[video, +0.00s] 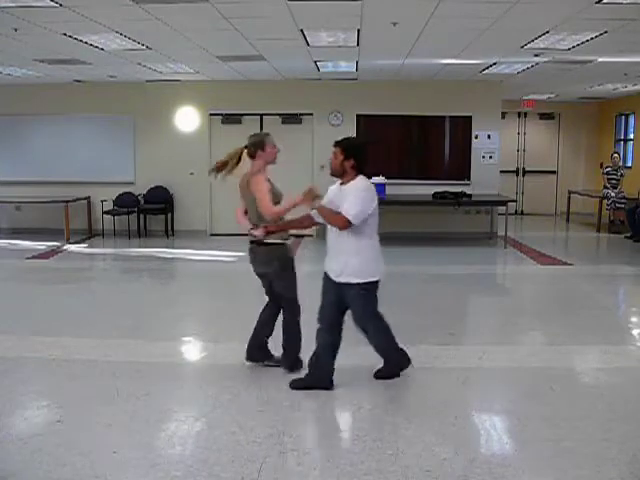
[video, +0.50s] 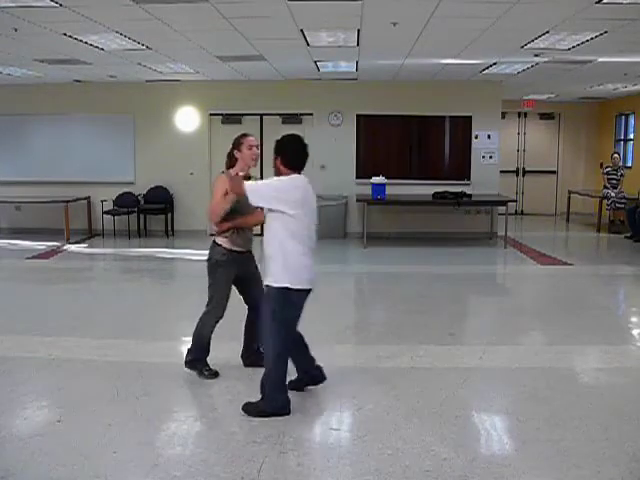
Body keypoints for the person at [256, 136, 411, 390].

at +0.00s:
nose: (330, 161)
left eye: (334, 156)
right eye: (331, 156)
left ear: (349, 161)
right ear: (345, 161)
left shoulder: (363, 188)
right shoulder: (335, 190)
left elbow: (343, 222)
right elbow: (311, 220)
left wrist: (317, 205)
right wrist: (276, 227)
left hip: (360, 273)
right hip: (335, 272)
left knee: (367, 321)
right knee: (328, 326)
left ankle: (396, 359)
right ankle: (320, 376)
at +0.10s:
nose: (319, 160)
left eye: (323, 156)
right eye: (320, 155)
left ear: (336, 160)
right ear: (336, 161)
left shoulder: (351, 188)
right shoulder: (324, 190)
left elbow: (328, 223)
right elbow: (297, 214)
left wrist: (300, 224)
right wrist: (264, 225)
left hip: (345, 272)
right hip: (322, 270)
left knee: (335, 323)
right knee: (315, 323)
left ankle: (376, 354)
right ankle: (318, 376)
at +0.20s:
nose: (307, 160)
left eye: (310, 156)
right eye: (308, 155)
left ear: (322, 160)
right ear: (322, 161)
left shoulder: (340, 187)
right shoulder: (312, 189)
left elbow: (303, 217)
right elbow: (283, 209)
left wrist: (275, 217)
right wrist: (261, 214)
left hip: (333, 271)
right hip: (312, 269)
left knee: (313, 324)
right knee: (308, 323)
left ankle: (345, 368)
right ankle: (317, 375)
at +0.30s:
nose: (296, 161)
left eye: (299, 156)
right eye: (298, 156)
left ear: (309, 161)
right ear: (318, 162)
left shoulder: (322, 188)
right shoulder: (319, 187)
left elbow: (280, 204)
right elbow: (280, 210)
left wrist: (245, 207)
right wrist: (248, 220)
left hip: (316, 274)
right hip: (313, 272)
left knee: (294, 326)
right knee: (304, 320)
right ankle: (320, 376)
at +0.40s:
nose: (285, 162)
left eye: (287, 157)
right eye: (286, 157)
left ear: (296, 160)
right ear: (310, 162)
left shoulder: (306, 187)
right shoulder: (306, 187)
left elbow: (262, 195)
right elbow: (268, 212)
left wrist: (239, 191)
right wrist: (237, 223)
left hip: (302, 277)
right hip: (306, 275)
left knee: (286, 336)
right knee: (301, 329)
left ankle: (275, 399)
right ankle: (318, 375)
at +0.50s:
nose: (272, 161)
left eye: (274, 157)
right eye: (274, 157)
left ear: (280, 161)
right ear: (302, 161)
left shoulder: (289, 187)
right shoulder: (303, 187)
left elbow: (242, 189)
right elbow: (265, 213)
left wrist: (232, 177)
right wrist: (234, 224)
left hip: (285, 279)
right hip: (296, 277)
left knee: (275, 337)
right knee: (284, 330)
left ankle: (274, 401)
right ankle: (310, 370)